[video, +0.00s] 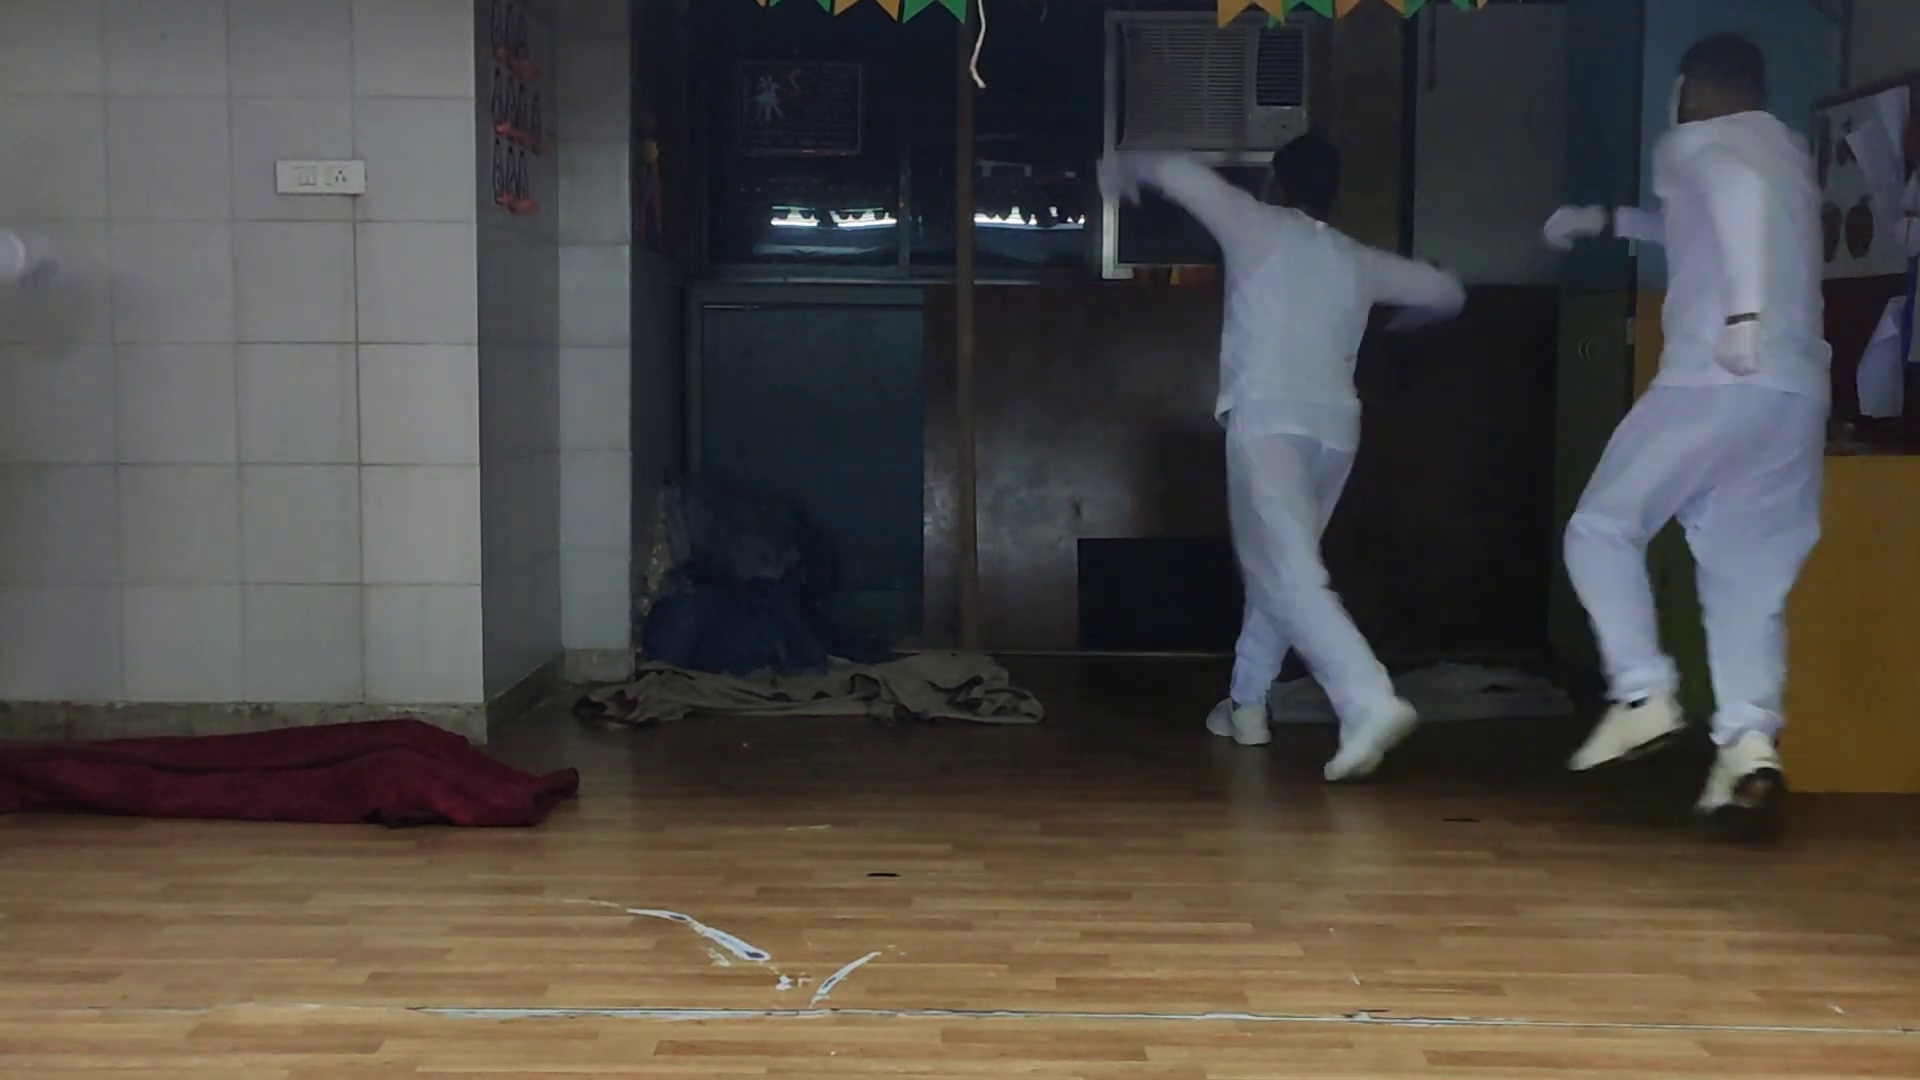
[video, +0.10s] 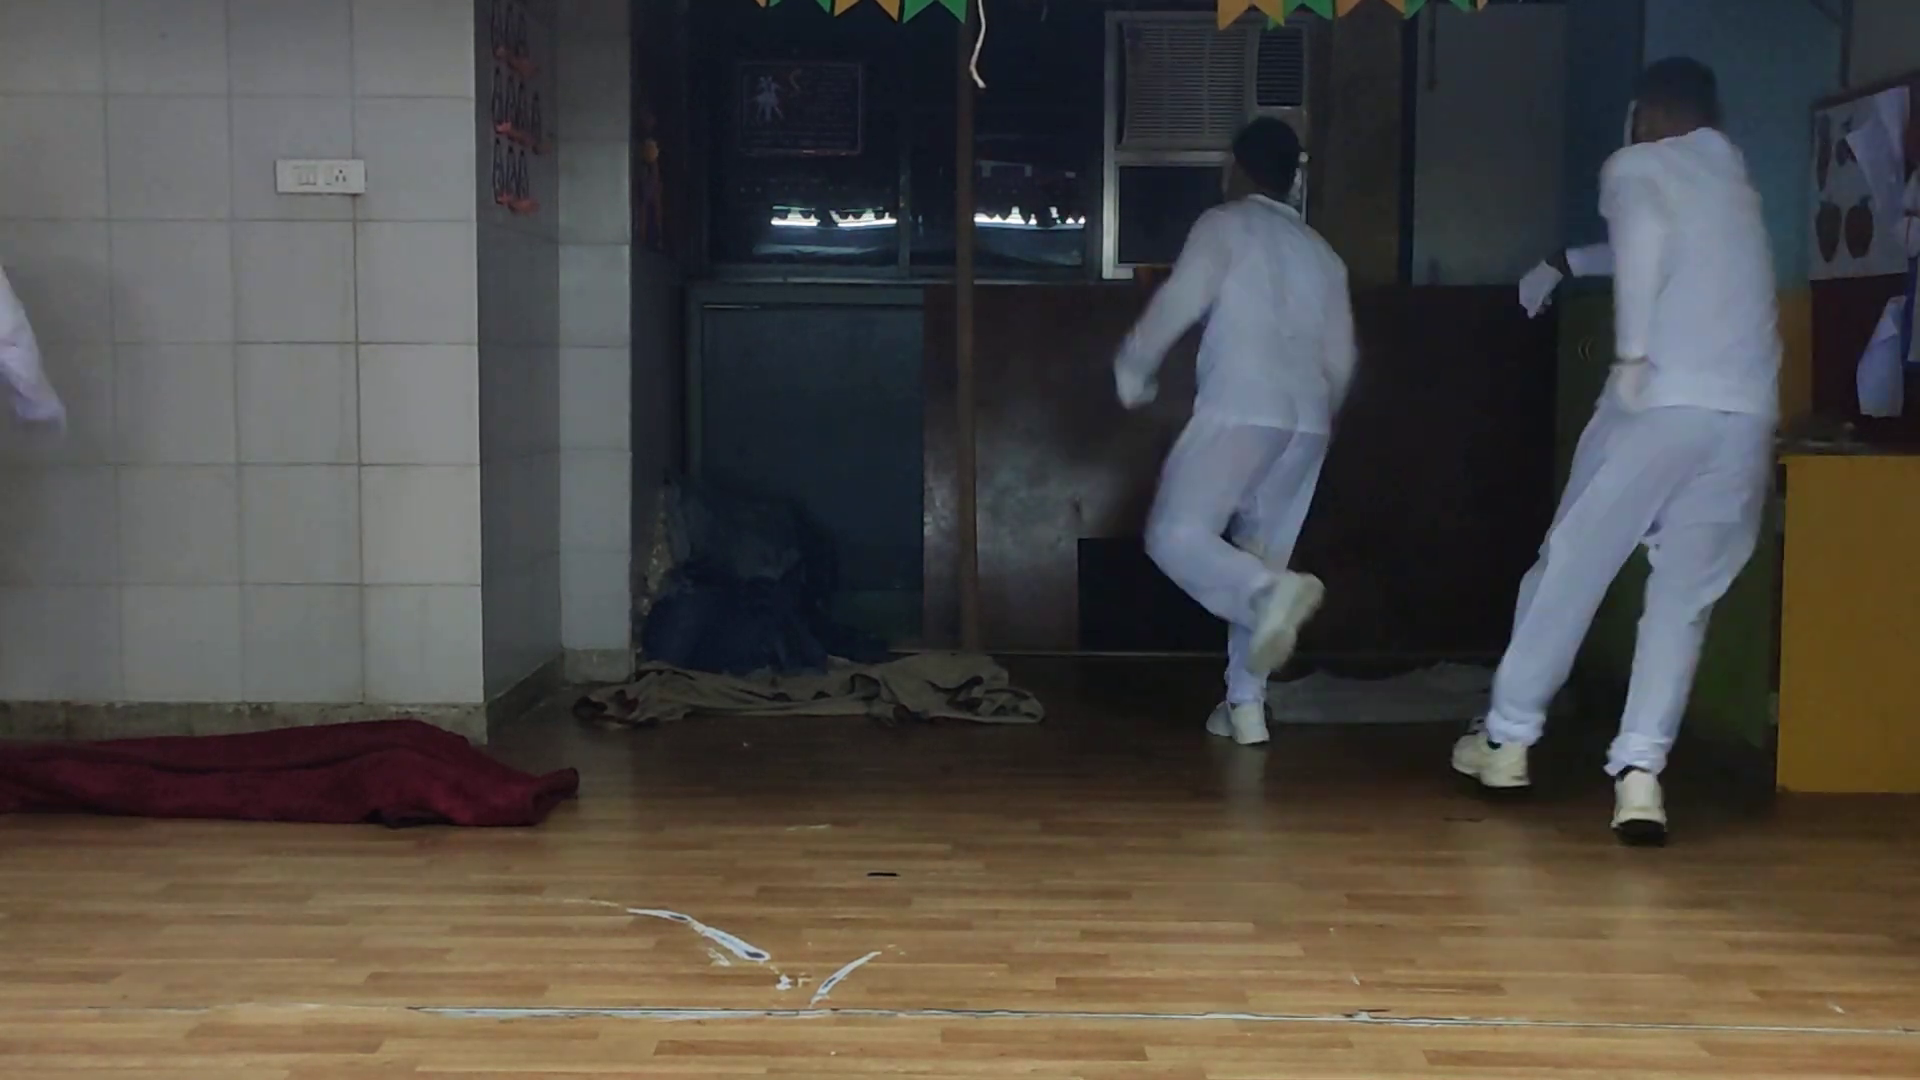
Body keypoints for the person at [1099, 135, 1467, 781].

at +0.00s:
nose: (1265, 186)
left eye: (1269, 178)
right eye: (1275, 179)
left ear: (1277, 183)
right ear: (1332, 196)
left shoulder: (1255, 226)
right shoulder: (1357, 261)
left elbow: (1174, 168)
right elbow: (1446, 291)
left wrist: (1125, 164)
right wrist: (1398, 318)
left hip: (1266, 420)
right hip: (1338, 430)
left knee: (1291, 572)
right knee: (1276, 568)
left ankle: (1370, 706)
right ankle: (1247, 707)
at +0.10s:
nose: (1227, 172)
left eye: (1229, 163)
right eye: (1232, 163)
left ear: (1238, 169)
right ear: (1293, 176)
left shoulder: (1224, 225)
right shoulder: (1325, 256)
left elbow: (1184, 298)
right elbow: (1340, 355)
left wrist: (1134, 363)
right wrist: (1313, 413)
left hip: (1239, 410)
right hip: (1309, 422)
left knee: (1174, 536)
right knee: (1265, 559)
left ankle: (1269, 591)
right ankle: (1245, 706)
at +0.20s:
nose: (1174, 154)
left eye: (1178, 143)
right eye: (1177, 143)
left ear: (1191, 145)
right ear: (1238, 145)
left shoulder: (1195, 202)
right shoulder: (1289, 214)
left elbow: (1184, 284)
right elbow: (1324, 299)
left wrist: (1135, 356)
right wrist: (1274, 338)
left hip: (1206, 375)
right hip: (1278, 387)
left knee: (1140, 469)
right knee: (1261, 537)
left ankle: (1202, 565)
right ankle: (1246, 688)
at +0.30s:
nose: (1129, 172)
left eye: (1129, 160)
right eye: (1128, 162)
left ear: (1141, 156)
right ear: (1191, 148)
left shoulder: (1172, 195)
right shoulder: (1245, 191)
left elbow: (1155, 248)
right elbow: (1305, 199)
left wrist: (1067, 203)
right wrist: (1287, 180)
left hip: (1178, 372)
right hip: (1249, 381)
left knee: (1135, 476)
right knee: (1231, 523)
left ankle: (1136, 619)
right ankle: (1220, 676)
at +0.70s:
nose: (1034, 176)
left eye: (1036, 166)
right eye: (1035, 166)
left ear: (1049, 167)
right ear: (1090, 166)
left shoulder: (1043, 220)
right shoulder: (1136, 217)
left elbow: (1014, 302)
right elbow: (1183, 288)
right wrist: (1128, 297)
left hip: (1093, 384)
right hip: (1148, 379)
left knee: (1104, 511)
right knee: (1121, 498)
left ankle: (1136, 649)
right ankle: (1136, 608)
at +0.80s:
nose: (1025, 185)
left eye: (1028, 175)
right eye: (1029, 175)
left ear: (1038, 179)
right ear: (1084, 180)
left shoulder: (1026, 229)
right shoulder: (1114, 227)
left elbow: (957, 245)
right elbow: (1164, 244)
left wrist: (918, 190)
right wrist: (1135, 190)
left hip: (1071, 394)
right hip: (1124, 392)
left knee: (1092, 518)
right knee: (1102, 515)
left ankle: (1157, 648)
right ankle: (1083, 624)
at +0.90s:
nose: (1011, 214)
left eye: (1015, 206)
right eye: (1016, 206)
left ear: (1023, 209)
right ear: (1064, 211)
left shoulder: (1011, 252)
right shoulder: (1096, 258)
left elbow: (929, 267)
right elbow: (1146, 256)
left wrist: (892, 232)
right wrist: (1114, 217)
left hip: (1049, 425)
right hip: (1102, 422)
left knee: (1039, 546)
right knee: (1083, 533)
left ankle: (1136, 631)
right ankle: (1077, 640)